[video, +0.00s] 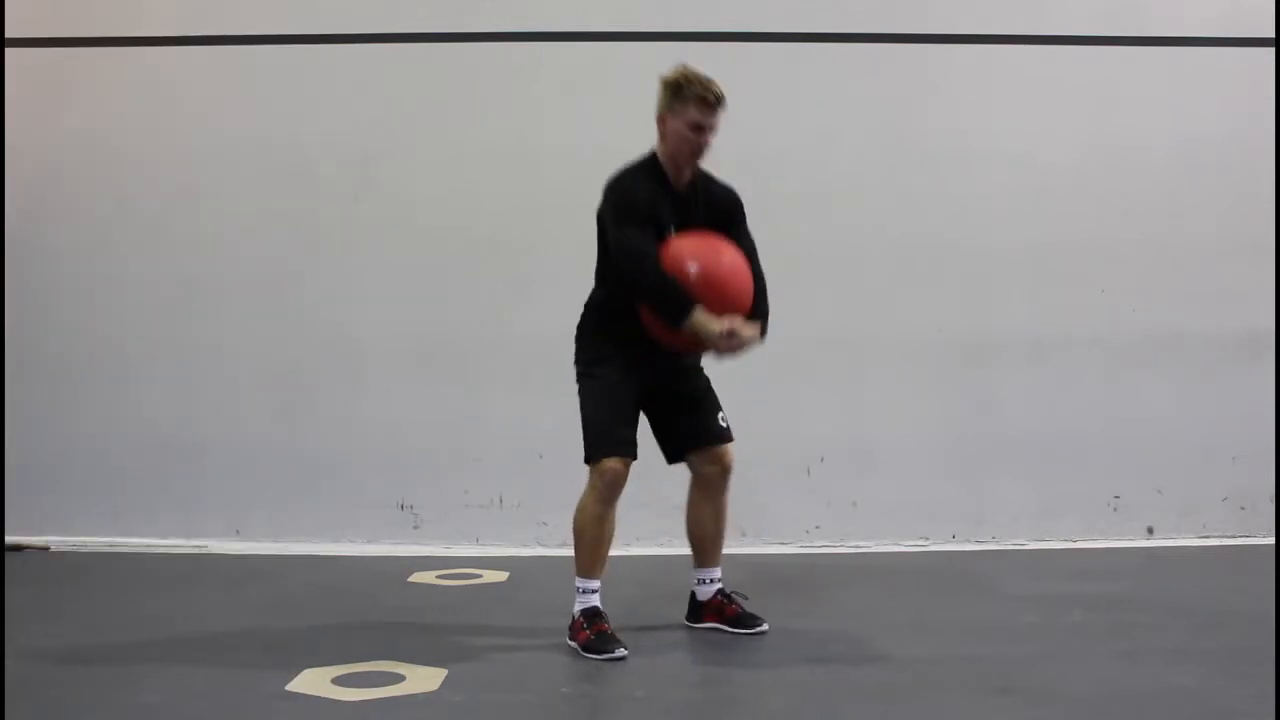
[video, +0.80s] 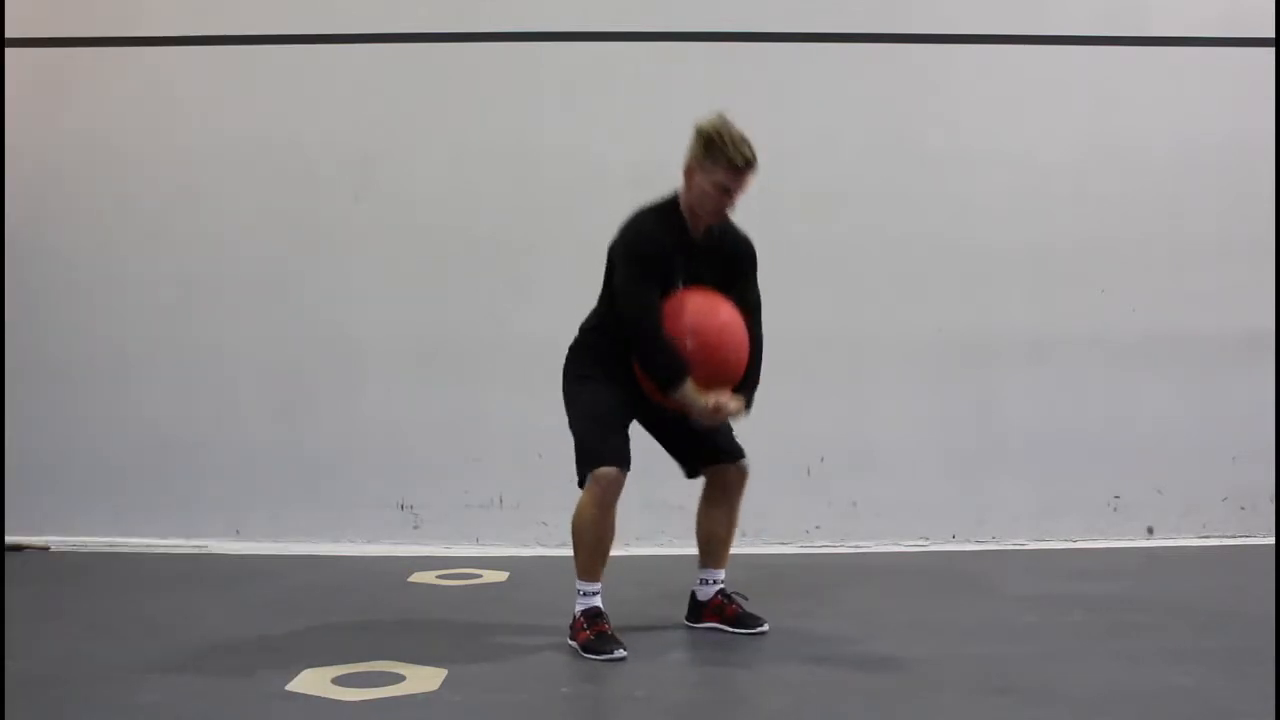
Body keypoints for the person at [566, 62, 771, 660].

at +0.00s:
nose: (703, 140)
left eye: (711, 130)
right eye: (694, 128)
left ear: (717, 130)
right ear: (662, 123)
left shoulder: (720, 201)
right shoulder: (627, 191)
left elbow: (750, 276)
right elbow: (633, 270)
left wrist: (752, 324)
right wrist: (698, 319)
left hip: (673, 347)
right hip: (611, 343)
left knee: (715, 460)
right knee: (610, 469)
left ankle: (708, 598)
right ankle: (586, 611)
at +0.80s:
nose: (728, 202)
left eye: (736, 193)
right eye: (721, 189)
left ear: (743, 189)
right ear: (690, 174)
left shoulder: (735, 249)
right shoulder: (644, 234)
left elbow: (749, 330)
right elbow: (636, 324)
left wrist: (740, 394)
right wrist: (685, 389)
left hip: (664, 375)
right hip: (602, 364)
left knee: (729, 470)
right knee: (607, 474)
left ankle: (708, 596)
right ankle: (588, 612)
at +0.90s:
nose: (738, 259)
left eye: (746, 250)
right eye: (732, 246)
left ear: (753, 244)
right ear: (701, 227)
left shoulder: (742, 298)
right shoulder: (650, 281)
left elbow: (748, 379)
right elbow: (631, 375)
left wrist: (734, 445)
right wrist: (677, 443)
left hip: (663, 402)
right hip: (598, 393)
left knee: (749, 473)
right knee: (607, 482)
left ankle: (709, 597)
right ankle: (588, 613)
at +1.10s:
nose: (749, 335)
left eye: (756, 324)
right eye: (741, 322)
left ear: (764, 316)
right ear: (709, 299)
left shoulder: (749, 366)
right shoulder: (656, 349)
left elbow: (750, 447)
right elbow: (638, 446)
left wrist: (732, 513)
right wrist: (680, 515)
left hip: (679, 457)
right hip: (605, 442)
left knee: (768, 483)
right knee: (608, 490)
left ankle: (710, 597)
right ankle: (589, 613)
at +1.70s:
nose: (735, 254)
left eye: (741, 243)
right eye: (727, 241)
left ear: (745, 239)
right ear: (695, 230)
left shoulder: (739, 302)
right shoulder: (648, 289)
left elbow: (750, 382)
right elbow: (634, 382)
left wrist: (742, 444)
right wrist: (685, 444)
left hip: (666, 409)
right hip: (602, 399)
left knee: (755, 473)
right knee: (610, 483)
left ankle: (711, 597)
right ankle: (588, 613)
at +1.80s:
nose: (724, 207)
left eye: (731, 198)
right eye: (716, 195)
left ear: (736, 198)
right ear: (684, 188)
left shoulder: (734, 265)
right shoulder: (643, 254)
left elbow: (750, 345)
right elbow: (636, 345)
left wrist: (744, 405)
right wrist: (688, 400)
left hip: (666, 385)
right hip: (603, 377)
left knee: (743, 471)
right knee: (610, 475)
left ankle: (710, 597)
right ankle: (588, 613)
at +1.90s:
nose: (707, 151)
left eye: (714, 140)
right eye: (697, 139)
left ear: (719, 142)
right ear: (666, 135)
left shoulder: (724, 215)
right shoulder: (632, 205)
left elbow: (749, 290)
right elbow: (637, 289)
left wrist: (750, 340)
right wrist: (698, 337)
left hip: (670, 353)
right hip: (608, 348)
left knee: (720, 463)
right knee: (610, 469)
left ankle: (708, 597)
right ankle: (588, 611)